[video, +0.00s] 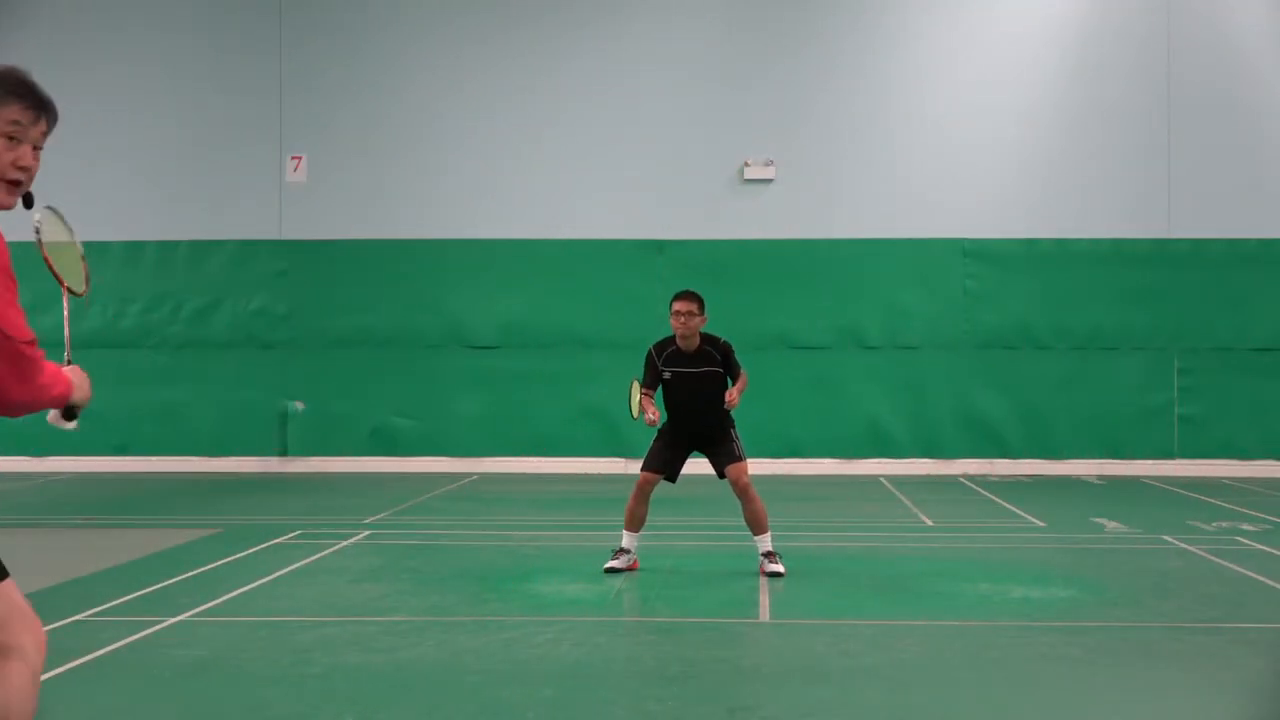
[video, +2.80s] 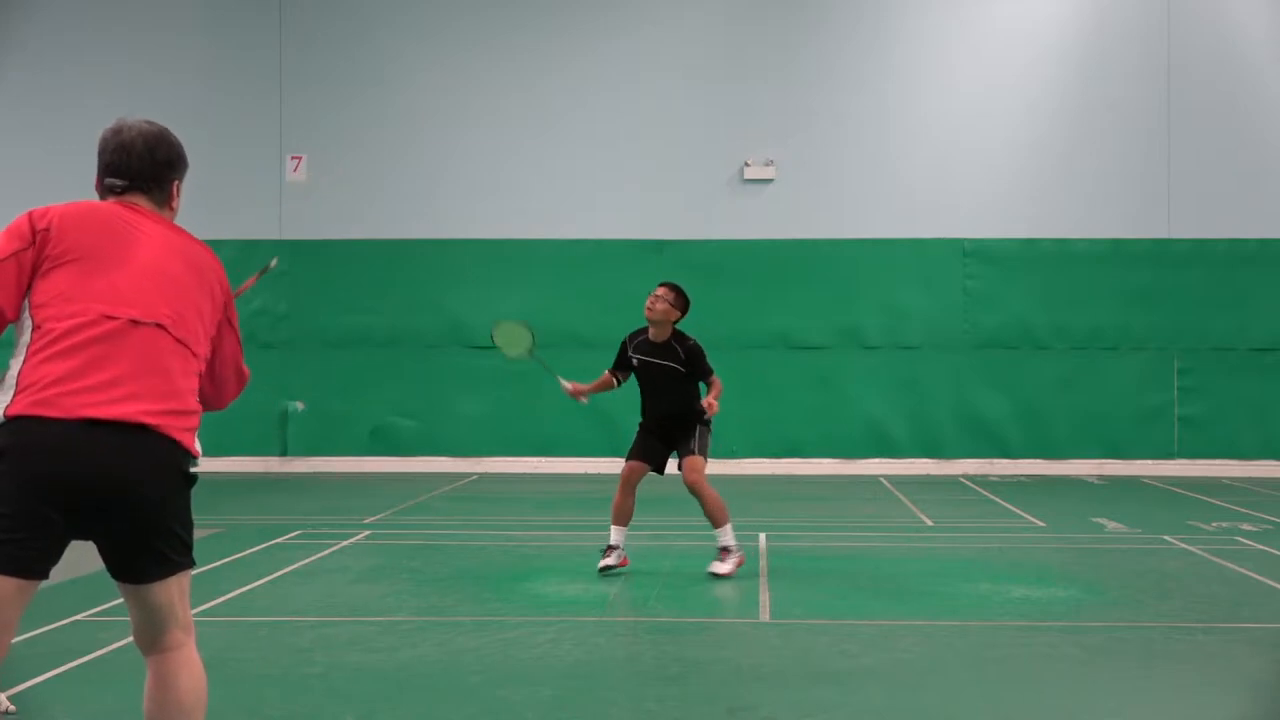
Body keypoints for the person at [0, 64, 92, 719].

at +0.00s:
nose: (28, 159)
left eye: (37, 145)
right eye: (15, 137)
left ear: (40, 154)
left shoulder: (3, 234)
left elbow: (16, 375)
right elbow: (14, 382)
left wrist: (54, 384)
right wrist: (64, 384)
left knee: (23, 640)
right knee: (22, 640)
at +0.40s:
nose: (98, 181)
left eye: (107, 168)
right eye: (83, 159)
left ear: (111, 176)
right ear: (28, 155)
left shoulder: (19, 229)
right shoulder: (26, 239)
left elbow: (66, 381)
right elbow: (73, 390)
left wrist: (135, 425)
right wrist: (146, 427)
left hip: (9, 496)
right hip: (4, 498)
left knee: (70, 659)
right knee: (73, 663)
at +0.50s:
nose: (147, 186)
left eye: (151, 171)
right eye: (136, 166)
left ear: (78, 162)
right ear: (80, 159)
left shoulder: (14, 213)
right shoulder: (81, 248)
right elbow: (132, 387)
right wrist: (187, 435)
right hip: (19, 485)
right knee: (105, 654)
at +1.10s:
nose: (151, 182)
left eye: (151, 170)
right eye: (151, 170)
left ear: (67, 165)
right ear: (139, 171)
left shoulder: (6, 212)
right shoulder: (162, 252)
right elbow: (210, 391)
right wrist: (193, 420)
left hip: (2, 459)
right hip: (103, 471)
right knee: (152, 652)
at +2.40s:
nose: (200, 223)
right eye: (199, 212)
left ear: (122, 203)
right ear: (190, 214)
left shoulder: (51, 240)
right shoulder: (209, 282)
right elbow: (217, 379)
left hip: (30, 456)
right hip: (145, 468)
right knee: (166, 639)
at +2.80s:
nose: (184, 194)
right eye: (183, 185)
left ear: (100, 184)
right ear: (174, 189)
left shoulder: (45, 224)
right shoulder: (205, 265)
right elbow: (221, 389)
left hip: (34, 446)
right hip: (148, 458)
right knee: (168, 643)